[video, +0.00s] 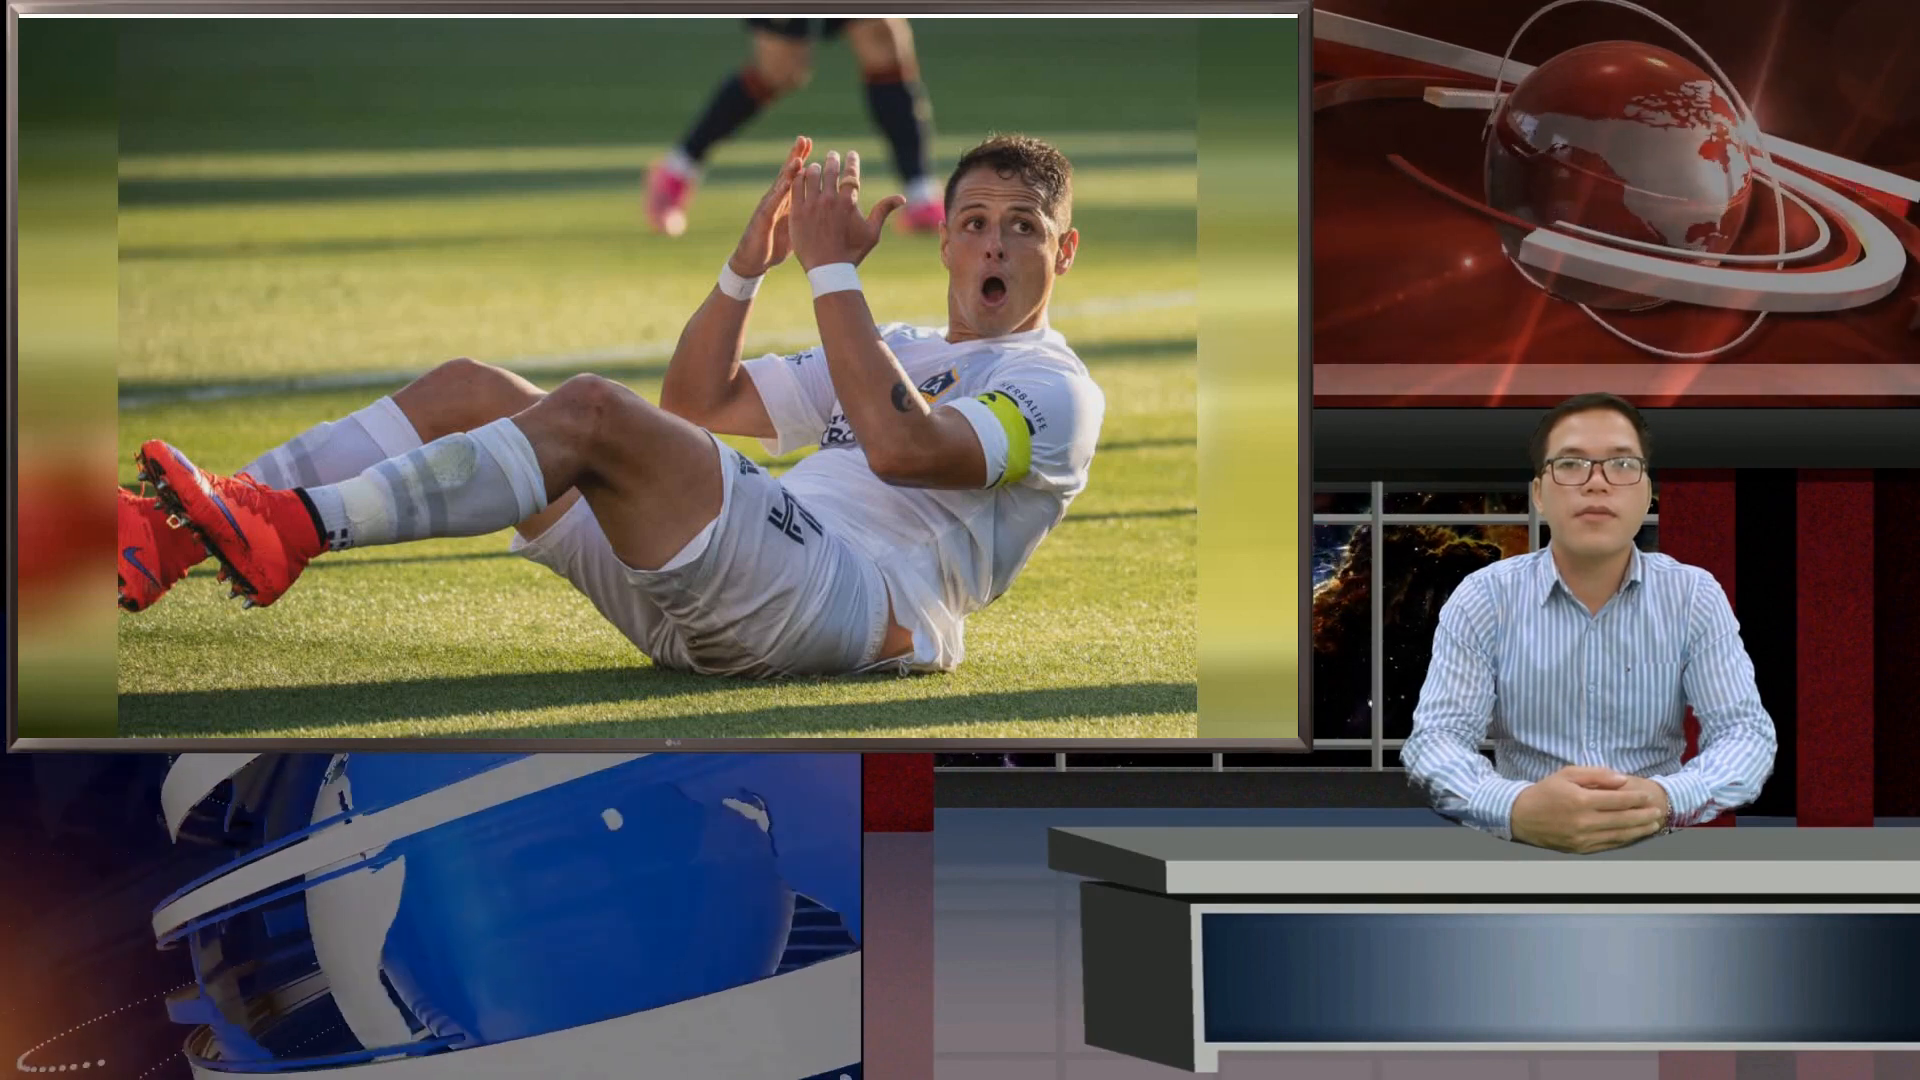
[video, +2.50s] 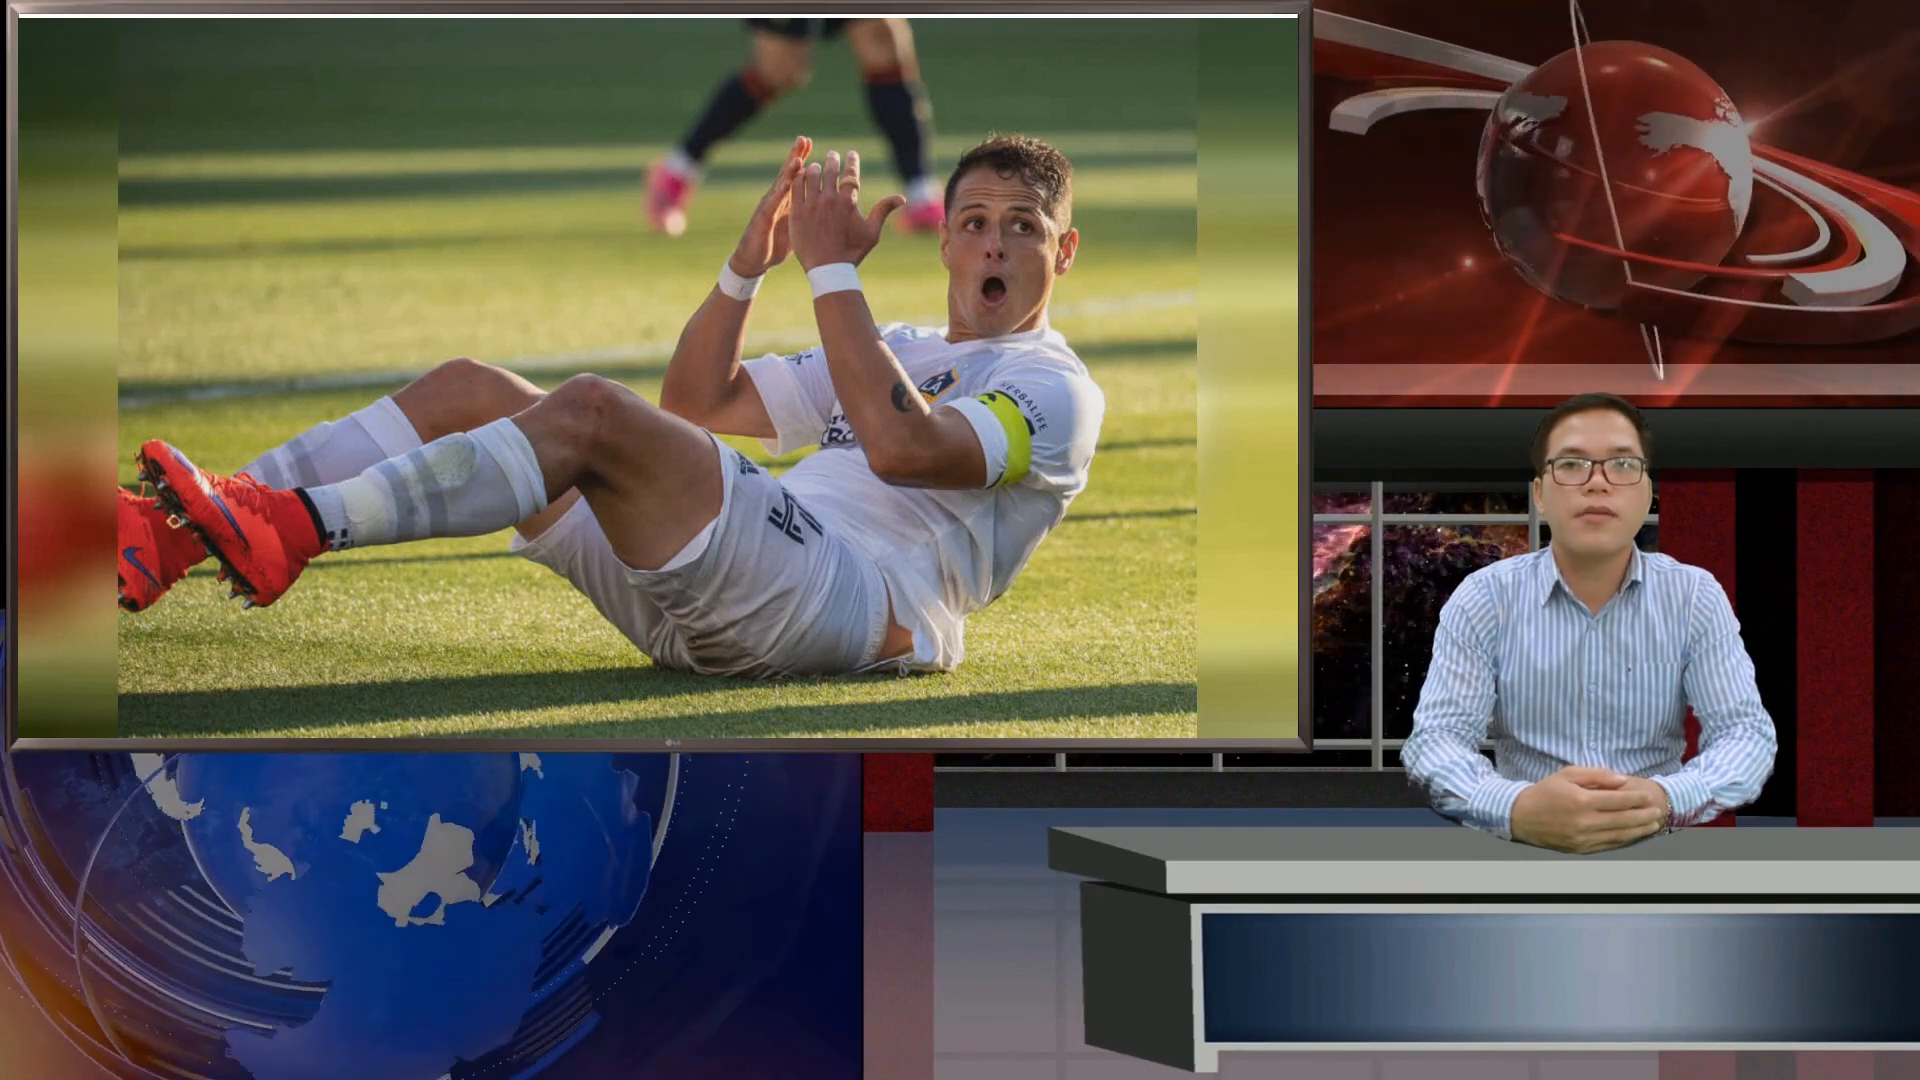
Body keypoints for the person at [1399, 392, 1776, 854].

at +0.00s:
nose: (1596, 483)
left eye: (1620, 464)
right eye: (1571, 464)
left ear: (1647, 495)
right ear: (1539, 496)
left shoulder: (1691, 598)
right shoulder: (1485, 601)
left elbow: (1745, 735)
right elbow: (1433, 745)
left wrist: (1667, 799)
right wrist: (1514, 809)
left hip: (1656, 853)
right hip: (1520, 857)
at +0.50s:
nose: (1597, 483)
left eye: (1620, 465)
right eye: (1571, 464)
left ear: (1647, 495)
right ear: (1539, 496)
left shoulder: (1691, 598)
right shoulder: (1484, 601)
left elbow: (1745, 735)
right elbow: (1433, 745)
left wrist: (1667, 799)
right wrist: (1514, 809)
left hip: (1657, 853)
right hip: (1520, 856)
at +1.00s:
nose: (1596, 483)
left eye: (1620, 464)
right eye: (1571, 464)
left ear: (1647, 495)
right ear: (1539, 496)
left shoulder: (1691, 598)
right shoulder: (1484, 600)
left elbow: (1745, 735)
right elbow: (1434, 744)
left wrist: (1667, 799)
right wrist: (1514, 809)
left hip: (1657, 853)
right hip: (1520, 857)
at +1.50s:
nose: (1597, 483)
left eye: (1621, 464)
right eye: (1571, 464)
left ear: (1647, 495)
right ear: (1539, 496)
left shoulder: (1691, 598)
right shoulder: (1485, 600)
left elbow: (1745, 735)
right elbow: (1434, 744)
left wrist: (1667, 799)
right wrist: (1514, 809)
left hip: (1656, 853)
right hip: (1520, 857)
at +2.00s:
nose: (1596, 482)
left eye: (1620, 464)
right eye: (1571, 464)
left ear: (1647, 495)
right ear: (1539, 496)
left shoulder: (1691, 598)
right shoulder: (1485, 601)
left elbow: (1745, 735)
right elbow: (1434, 745)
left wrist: (1667, 799)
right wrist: (1514, 809)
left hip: (1656, 853)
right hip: (1520, 856)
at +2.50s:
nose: (1597, 483)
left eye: (1621, 465)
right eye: (1571, 464)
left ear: (1647, 496)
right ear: (1539, 496)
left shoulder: (1691, 598)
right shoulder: (1485, 601)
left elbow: (1745, 735)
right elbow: (1433, 744)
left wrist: (1667, 799)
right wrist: (1514, 809)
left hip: (1656, 852)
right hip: (1520, 856)